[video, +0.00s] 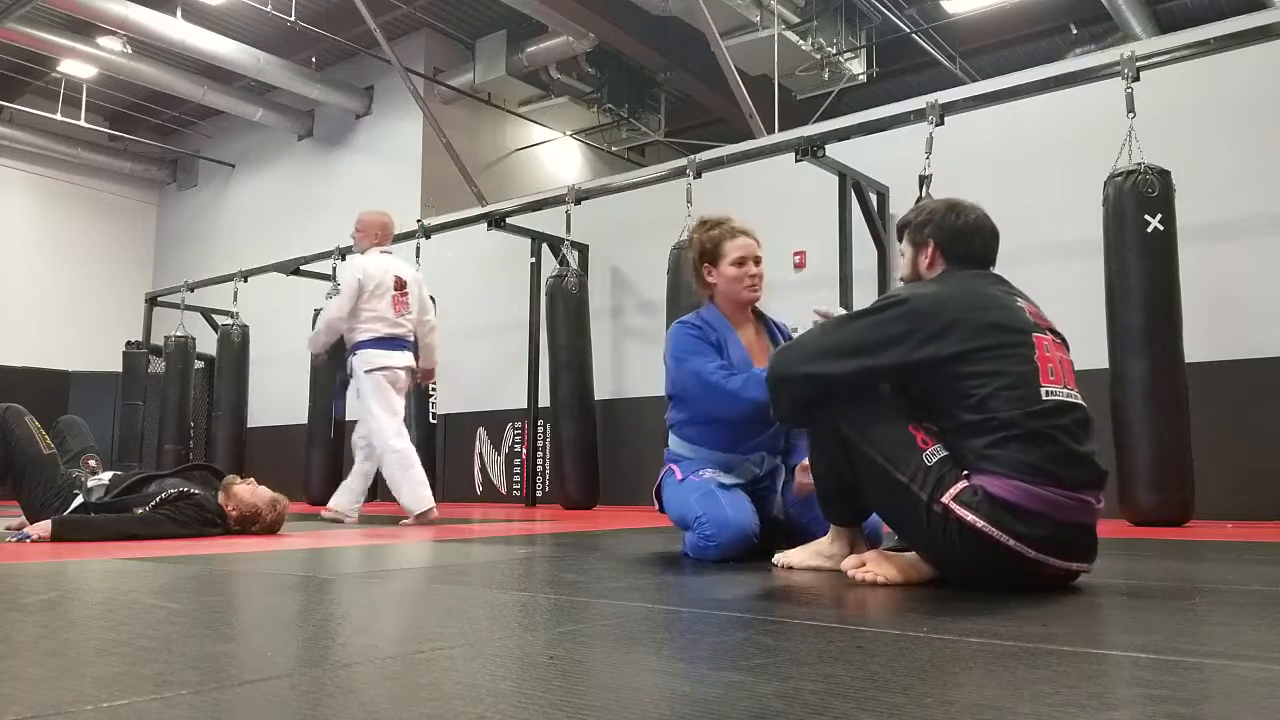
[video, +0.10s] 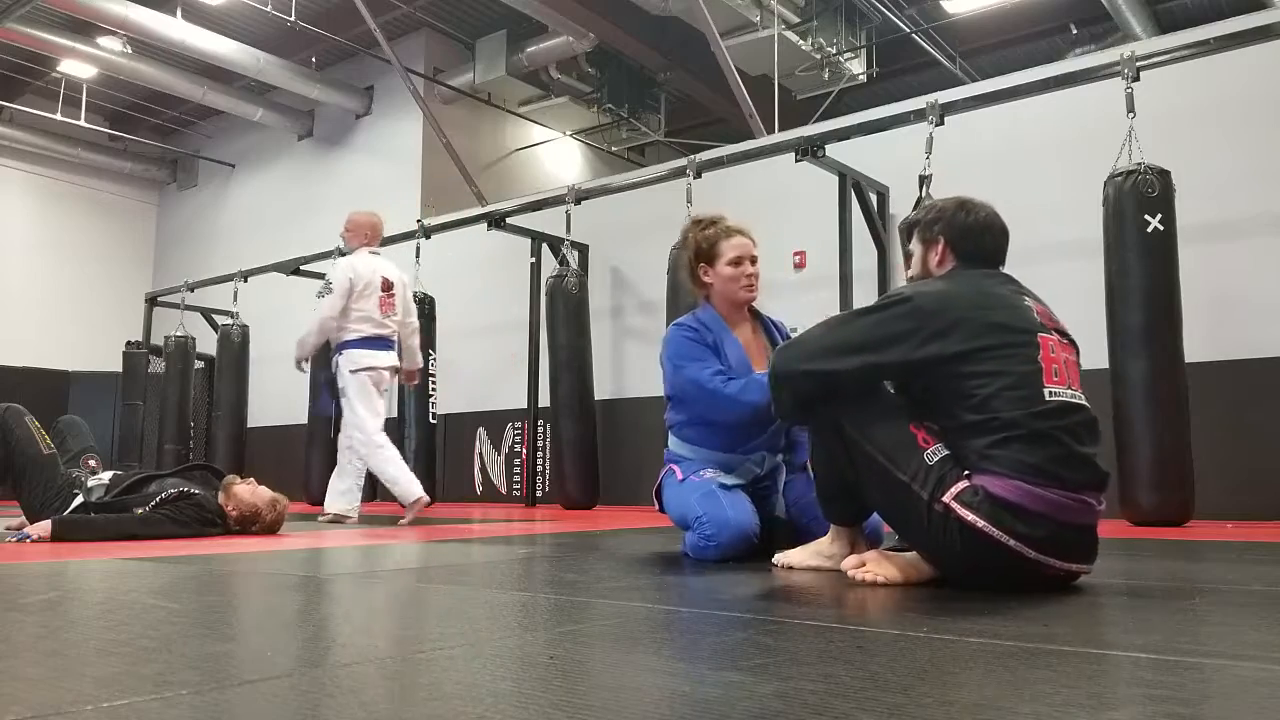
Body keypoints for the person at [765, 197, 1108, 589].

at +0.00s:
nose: (901, 270)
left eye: (904, 256)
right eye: (901, 258)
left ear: (929, 255)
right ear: (984, 258)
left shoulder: (931, 300)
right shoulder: (1023, 306)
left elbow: (788, 367)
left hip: (991, 538)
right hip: (1069, 551)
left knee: (835, 388)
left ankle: (841, 537)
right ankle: (929, 550)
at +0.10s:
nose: (908, 271)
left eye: (913, 255)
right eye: (909, 257)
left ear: (940, 252)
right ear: (994, 257)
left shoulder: (935, 300)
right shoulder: (1034, 307)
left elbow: (790, 365)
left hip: (990, 537)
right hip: (1070, 552)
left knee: (837, 389)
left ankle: (842, 537)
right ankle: (931, 551)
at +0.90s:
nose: (987, 275)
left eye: (990, 264)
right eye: (990, 265)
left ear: (1011, 258)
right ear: (1072, 274)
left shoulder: (991, 296)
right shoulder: (1135, 342)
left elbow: (843, 335)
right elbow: (1211, 465)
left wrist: (926, 382)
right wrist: (1234, 569)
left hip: (984, 515)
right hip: (1070, 562)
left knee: (872, 380)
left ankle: (845, 538)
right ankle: (928, 555)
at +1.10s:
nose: (998, 279)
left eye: (1001, 268)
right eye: (1002, 269)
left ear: (1021, 264)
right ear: (1086, 279)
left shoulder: (999, 297)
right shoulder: (1148, 345)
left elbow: (862, 329)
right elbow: (1217, 470)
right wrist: (1235, 568)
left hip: (979, 508)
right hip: (1065, 562)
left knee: (875, 374)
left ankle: (845, 540)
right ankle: (929, 556)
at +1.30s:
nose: (995, 290)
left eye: (997, 281)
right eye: (998, 282)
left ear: (1018, 271)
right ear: (1082, 284)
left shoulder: (998, 298)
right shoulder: (1149, 345)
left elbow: (866, 334)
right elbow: (1217, 472)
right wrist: (1234, 569)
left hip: (980, 507)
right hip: (1064, 563)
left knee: (881, 373)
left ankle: (848, 537)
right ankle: (930, 551)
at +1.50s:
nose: (984, 299)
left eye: (987, 289)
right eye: (989, 291)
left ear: (1005, 279)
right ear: (1067, 289)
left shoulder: (983, 306)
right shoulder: (1137, 344)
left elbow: (869, 356)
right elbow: (1209, 466)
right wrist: (1232, 565)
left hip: (983, 508)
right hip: (1070, 560)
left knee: (870, 367)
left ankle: (846, 538)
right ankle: (932, 555)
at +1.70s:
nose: (981, 298)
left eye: (985, 288)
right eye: (986, 289)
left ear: (1004, 279)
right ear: (1065, 288)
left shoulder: (977, 307)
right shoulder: (1134, 342)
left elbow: (868, 362)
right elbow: (1195, 459)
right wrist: (1232, 562)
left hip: (979, 505)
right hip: (1065, 560)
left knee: (872, 365)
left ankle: (845, 537)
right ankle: (933, 552)